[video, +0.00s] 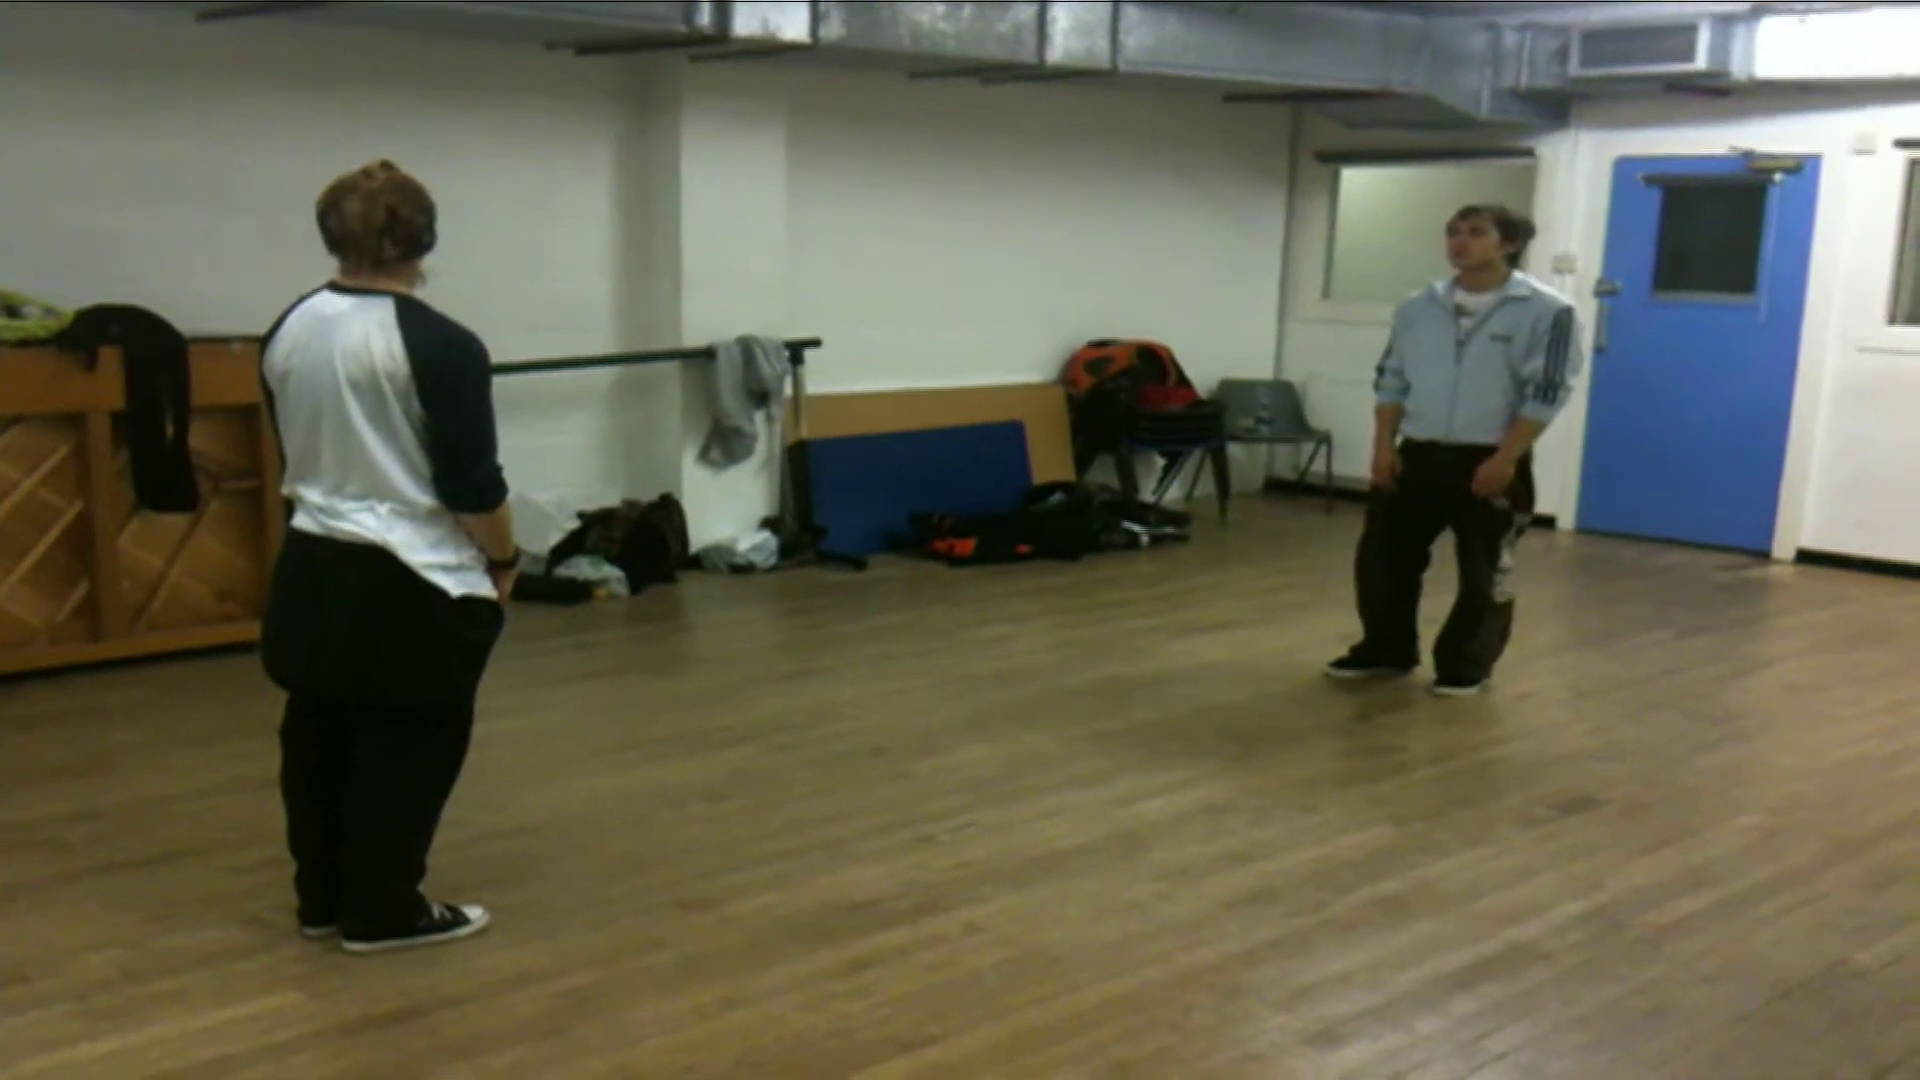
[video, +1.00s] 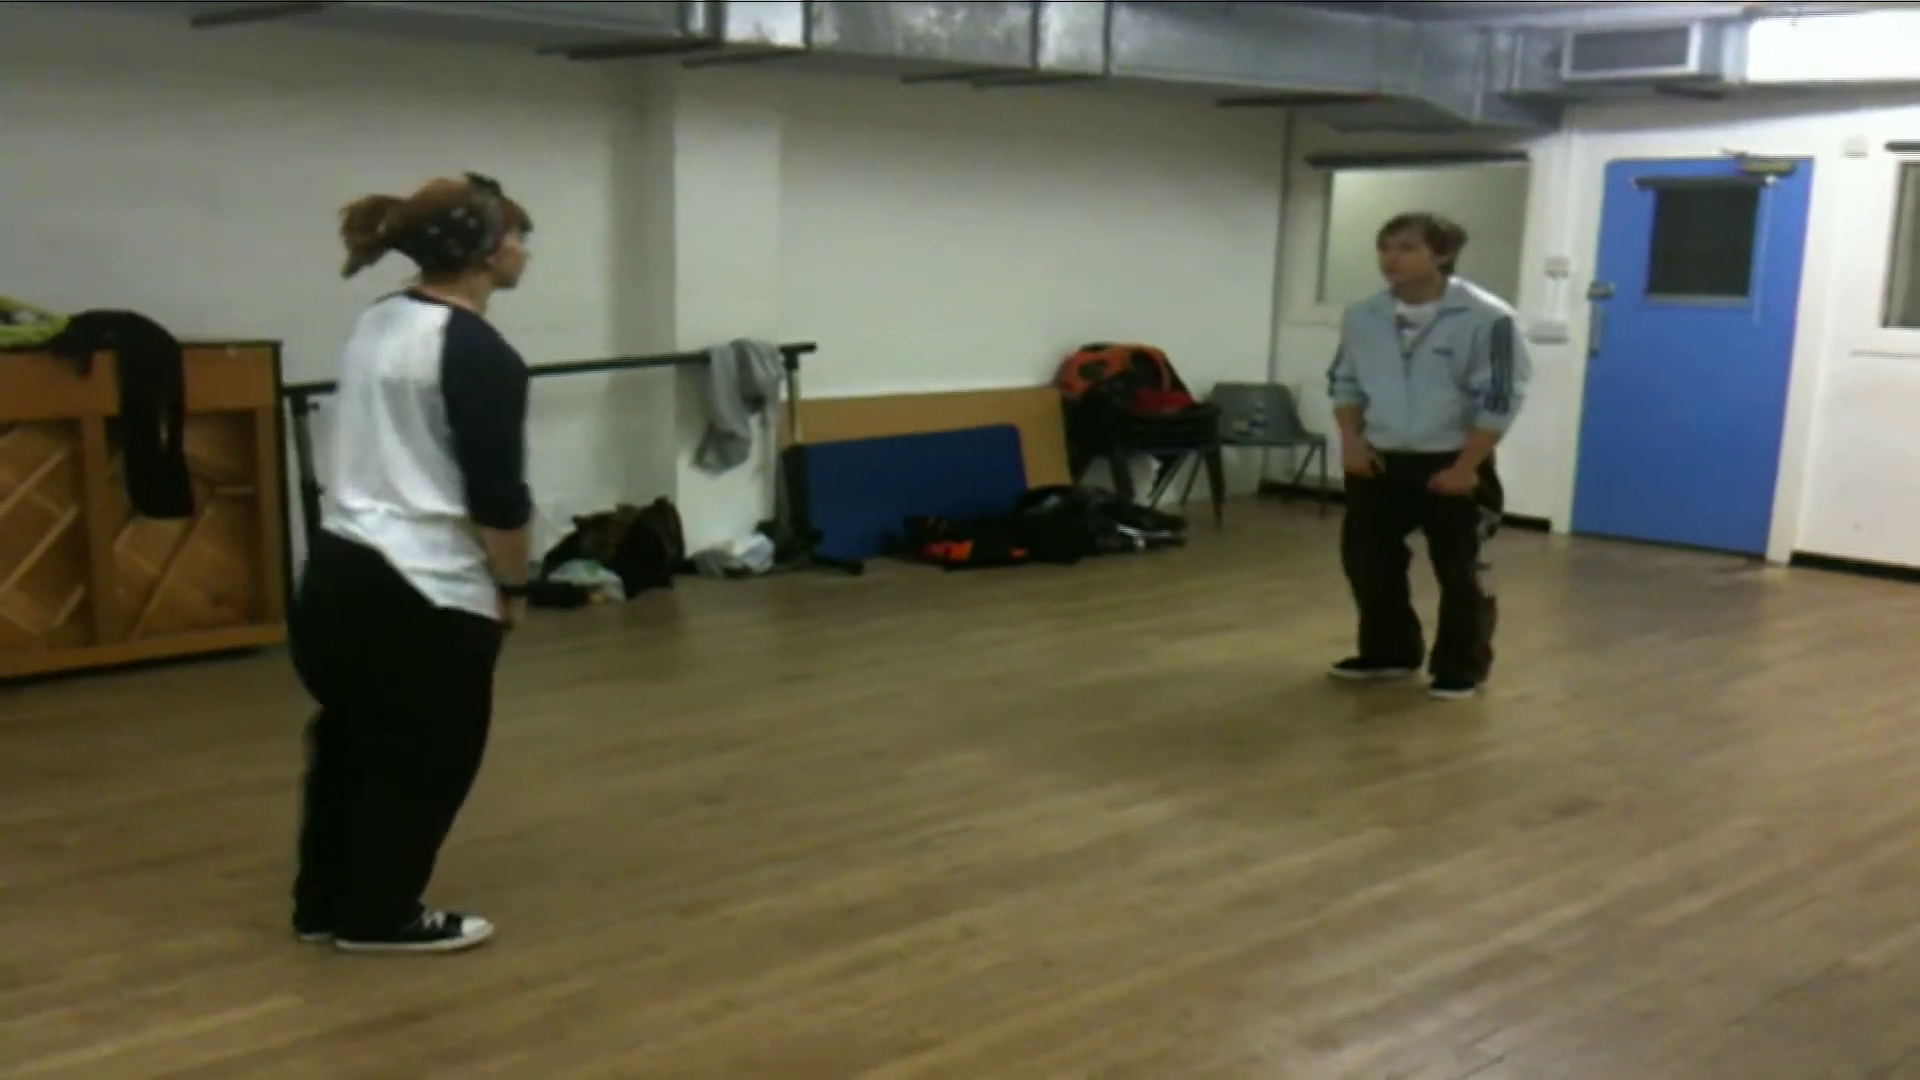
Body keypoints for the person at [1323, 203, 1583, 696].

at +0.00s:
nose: (1460, 242)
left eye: (1474, 234)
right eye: (1455, 234)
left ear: (1506, 244)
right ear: (1446, 244)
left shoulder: (1546, 313)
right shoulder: (1418, 308)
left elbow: (1546, 397)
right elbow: (1391, 382)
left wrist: (1506, 456)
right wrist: (1384, 446)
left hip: (1491, 464)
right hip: (1420, 459)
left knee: (1485, 576)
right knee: (1382, 557)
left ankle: (1463, 667)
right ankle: (1387, 649)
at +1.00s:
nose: (1392, 258)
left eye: (1406, 248)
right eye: (1386, 249)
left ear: (1439, 256)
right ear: (1379, 256)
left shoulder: (1489, 320)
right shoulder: (1362, 318)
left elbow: (1500, 403)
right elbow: (1345, 384)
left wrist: (1466, 466)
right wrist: (1352, 439)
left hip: (1453, 466)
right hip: (1383, 463)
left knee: (1460, 570)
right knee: (1366, 555)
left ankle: (1460, 667)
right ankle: (1390, 650)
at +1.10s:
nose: (1375, 265)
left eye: (1389, 255)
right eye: (1369, 256)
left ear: (1423, 261)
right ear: (1363, 263)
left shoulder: (1474, 317)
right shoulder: (1349, 325)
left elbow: (1485, 399)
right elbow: (1334, 397)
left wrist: (1443, 458)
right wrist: (1331, 464)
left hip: (1440, 465)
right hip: (1372, 464)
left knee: (1427, 554)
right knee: (1358, 550)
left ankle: (1456, 654)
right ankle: (1386, 644)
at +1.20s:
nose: (1357, 281)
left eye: (1371, 271)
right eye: (1351, 272)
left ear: (1405, 277)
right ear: (1345, 278)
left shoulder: (1454, 314)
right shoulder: (1329, 342)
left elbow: (1468, 387)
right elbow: (1309, 415)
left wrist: (1409, 445)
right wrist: (1317, 471)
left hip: (1439, 453)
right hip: (1371, 454)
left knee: (1373, 537)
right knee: (1339, 546)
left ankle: (1423, 611)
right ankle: (1377, 643)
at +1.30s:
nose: (1329, 294)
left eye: (1343, 284)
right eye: (1324, 284)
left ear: (1376, 290)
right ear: (1317, 290)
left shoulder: (1419, 333)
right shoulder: (1301, 347)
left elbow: (1455, 398)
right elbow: (1284, 419)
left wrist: (1398, 459)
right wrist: (1302, 471)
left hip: (1428, 462)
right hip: (1357, 464)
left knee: (1366, 534)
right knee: (1320, 561)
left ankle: (1380, 636)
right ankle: (1385, 637)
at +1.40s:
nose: (1281, 318)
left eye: (1294, 308)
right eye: (1276, 309)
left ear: (1327, 313)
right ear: (1271, 314)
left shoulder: (1371, 358)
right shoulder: (1278, 360)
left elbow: (1448, 418)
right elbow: (1264, 421)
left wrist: (1410, 491)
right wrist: (1291, 472)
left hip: (1408, 484)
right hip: (1344, 479)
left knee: (1375, 576)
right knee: (1314, 576)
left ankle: (1332, 687)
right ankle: (1394, 641)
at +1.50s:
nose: (1239, 339)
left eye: (1252, 329)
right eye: (1235, 329)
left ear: (1288, 334)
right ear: (1232, 333)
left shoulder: (1341, 375)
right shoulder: (1253, 375)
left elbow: (1421, 436)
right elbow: (1249, 437)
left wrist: (1384, 505)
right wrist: (1267, 485)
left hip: (1382, 498)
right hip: (1317, 495)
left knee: (1350, 599)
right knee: (1294, 585)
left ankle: (1318, 711)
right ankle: (1390, 644)